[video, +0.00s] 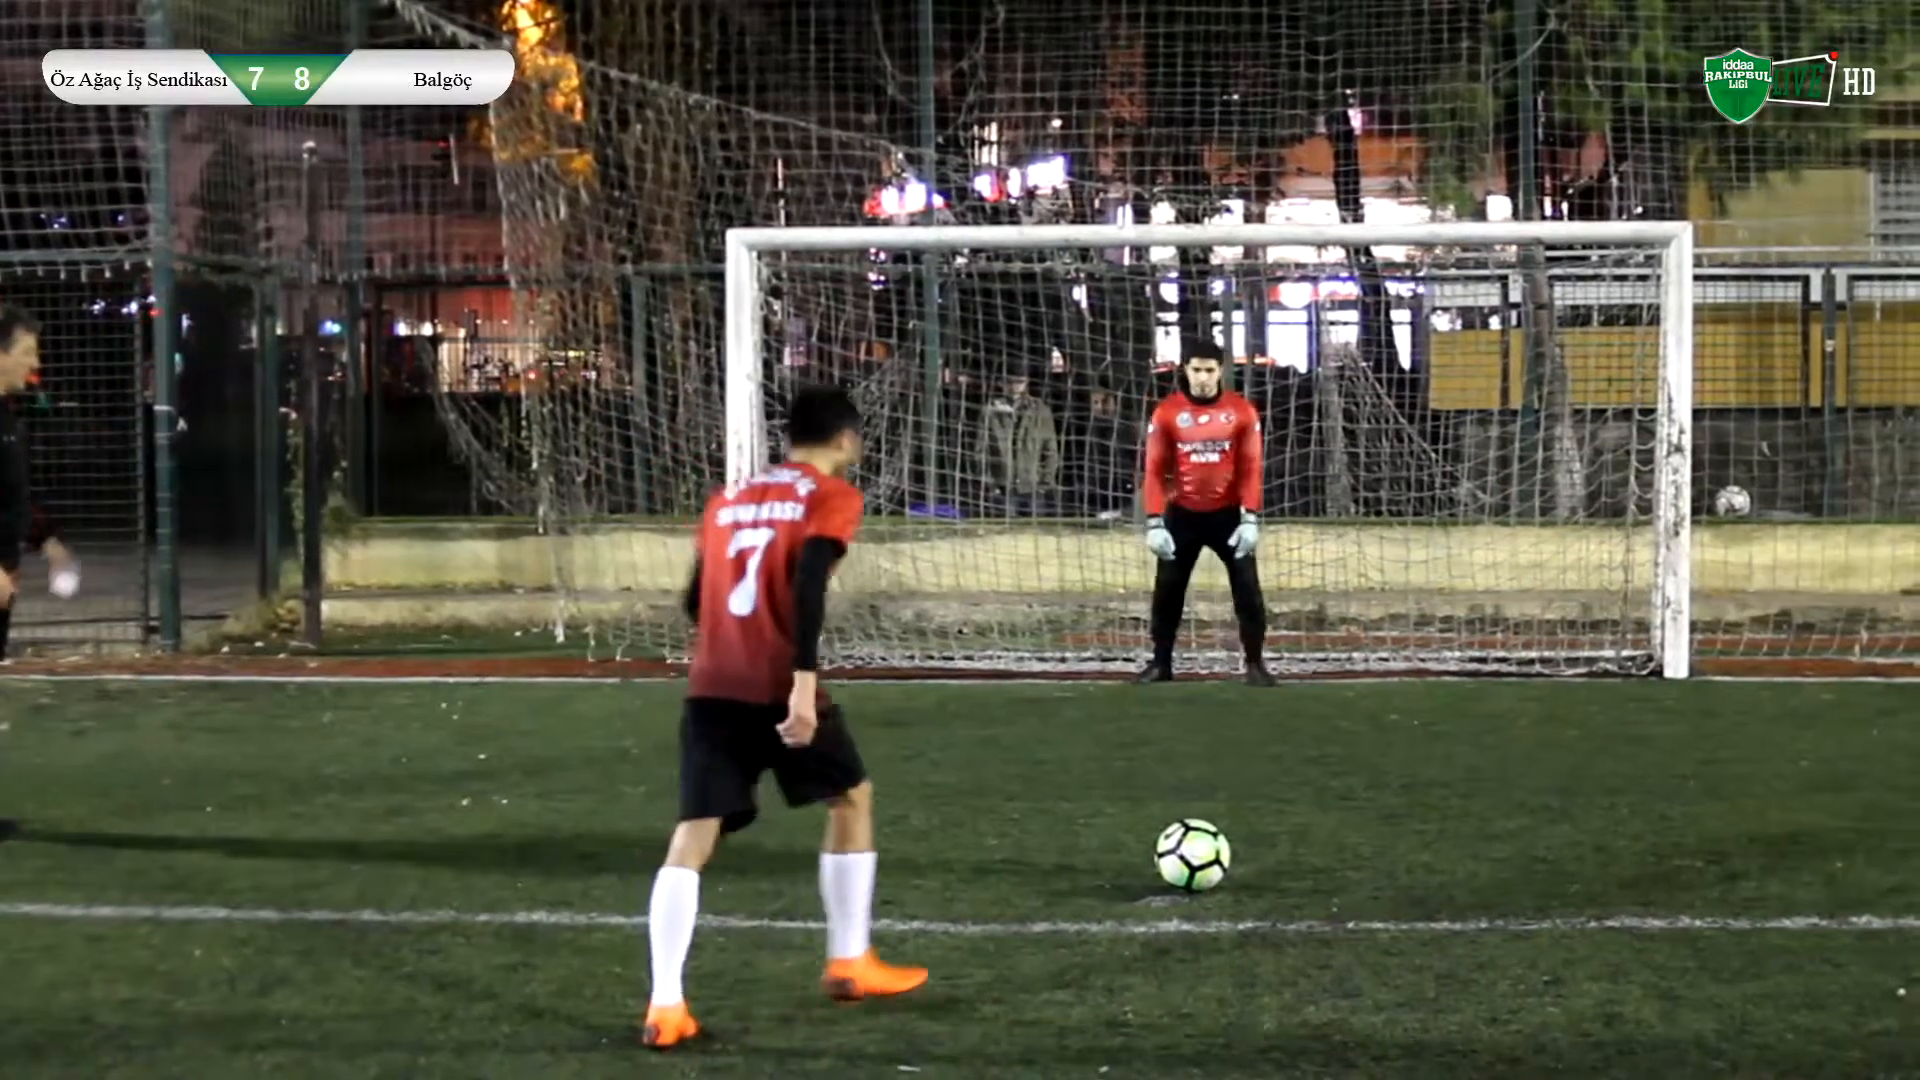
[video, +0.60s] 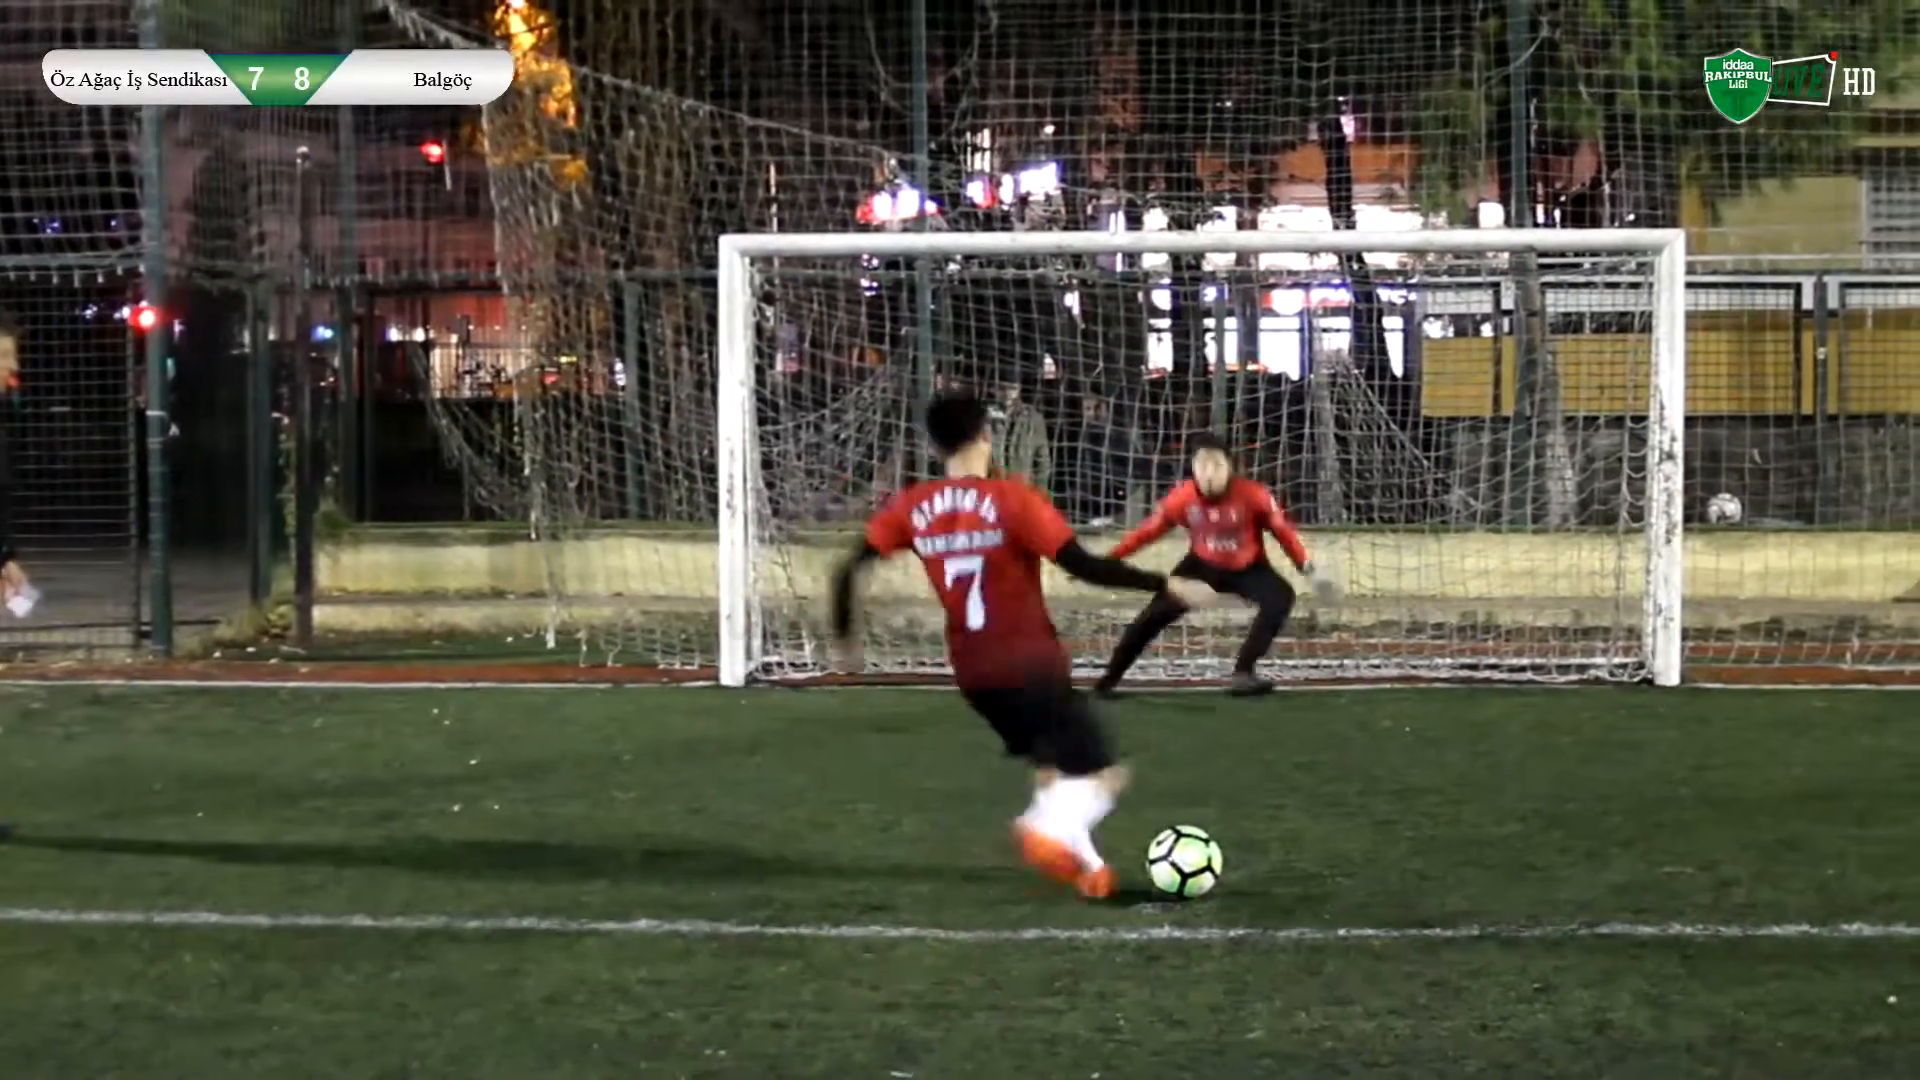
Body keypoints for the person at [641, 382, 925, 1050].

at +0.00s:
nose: (855, 457)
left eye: (854, 446)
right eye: (854, 446)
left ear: (792, 440)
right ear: (841, 443)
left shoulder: (729, 496)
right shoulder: (837, 496)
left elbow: (695, 597)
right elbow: (810, 575)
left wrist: (734, 648)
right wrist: (805, 678)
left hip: (710, 688)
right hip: (782, 688)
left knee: (693, 834)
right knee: (850, 793)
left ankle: (664, 1002)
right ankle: (850, 957)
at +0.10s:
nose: (890, 478)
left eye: (888, 469)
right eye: (890, 468)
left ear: (829, 465)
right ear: (878, 466)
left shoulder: (776, 516)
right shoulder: (874, 512)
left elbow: (775, 613)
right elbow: (849, 575)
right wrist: (837, 671)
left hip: (749, 690)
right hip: (816, 689)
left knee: (718, 832)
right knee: (898, 792)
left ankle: (672, 991)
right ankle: (894, 953)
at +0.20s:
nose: (919, 491)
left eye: (917, 481)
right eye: (917, 481)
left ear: (857, 476)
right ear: (906, 479)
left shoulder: (815, 520)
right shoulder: (906, 521)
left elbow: (815, 612)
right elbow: (888, 587)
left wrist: (893, 647)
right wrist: (886, 671)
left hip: (787, 697)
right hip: (855, 697)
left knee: (757, 831)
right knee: (928, 808)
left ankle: (694, 970)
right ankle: (896, 964)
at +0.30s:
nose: (959, 483)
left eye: (956, 474)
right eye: (956, 474)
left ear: (895, 477)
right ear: (946, 475)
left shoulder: (860, 519)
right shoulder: (956, 526)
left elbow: (815, 546)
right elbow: (983, 610)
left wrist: (868, 572)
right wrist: (1020, 689)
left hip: (848, 697)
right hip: (915, 697)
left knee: (876, 840)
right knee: (961, 828)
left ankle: (801, 906)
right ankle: (903, 962)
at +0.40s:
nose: (971, 462)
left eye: (965, 453)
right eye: (968, 453)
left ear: (910, 458)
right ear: (961, 456)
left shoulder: (874, 499)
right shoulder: (984, 510)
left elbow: (803, 492)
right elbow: (1032, 591)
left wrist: (844, 544)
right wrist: (1089, 647)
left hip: (881, 676)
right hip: (944, 678)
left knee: (948, 799)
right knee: (969, 818)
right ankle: (913, 945)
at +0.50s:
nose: (985, 429)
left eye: (981, 421)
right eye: (981, 421)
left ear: (926, 433)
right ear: (974, 426)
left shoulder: (899, 487)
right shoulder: (1009, 484)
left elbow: (806, 506)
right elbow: (1075, 555)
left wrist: (818, 565)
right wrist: (1138, 581)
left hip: (948, 664)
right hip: (1006, 657)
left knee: (1021, 764)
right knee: (1015, 784)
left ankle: (1060, 863)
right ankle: (958, 849)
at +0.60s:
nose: (991, 437)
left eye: (985, 430)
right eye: (988, 430)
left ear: (936, 444)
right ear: (983, 435)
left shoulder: (915, 504)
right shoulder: (1012, 496)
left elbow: (847, 571)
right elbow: (1083, 565)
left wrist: (844, 640)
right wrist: (1163, 584)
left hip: (975, 670)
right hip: (1032, 661)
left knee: (1050, 763)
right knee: (1108, 769)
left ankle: (1087, 858)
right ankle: (1047, 822)